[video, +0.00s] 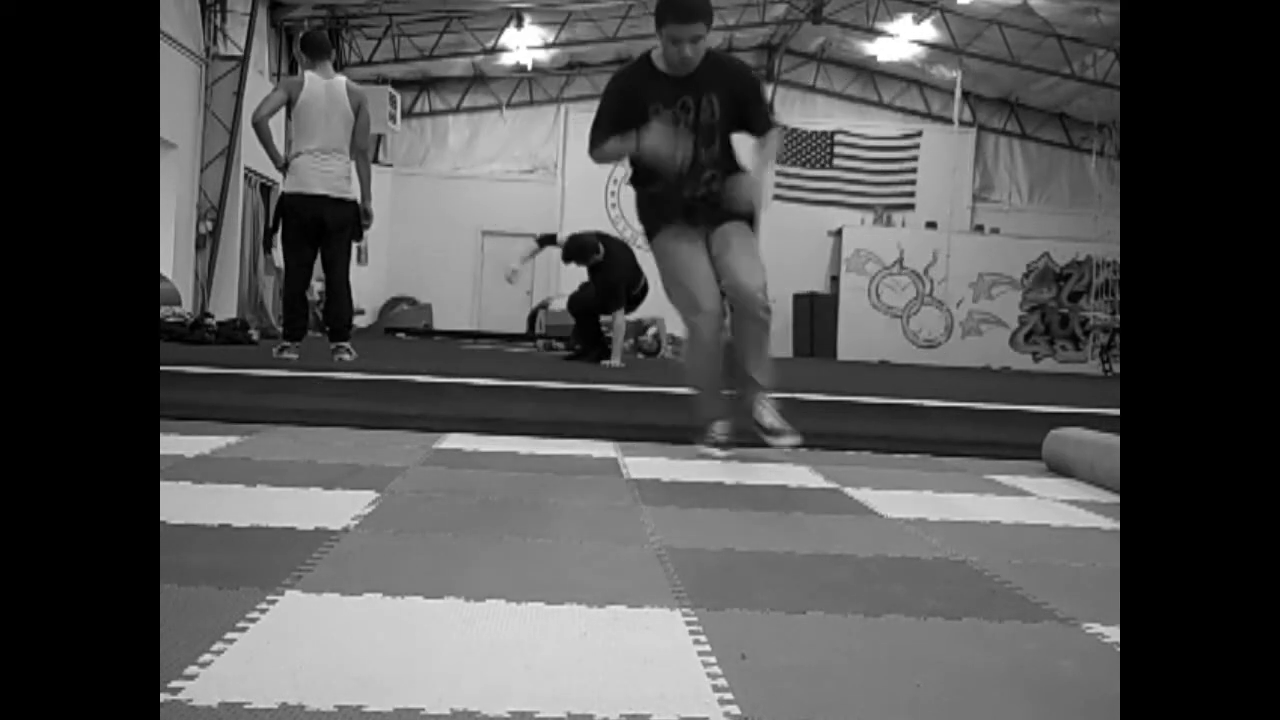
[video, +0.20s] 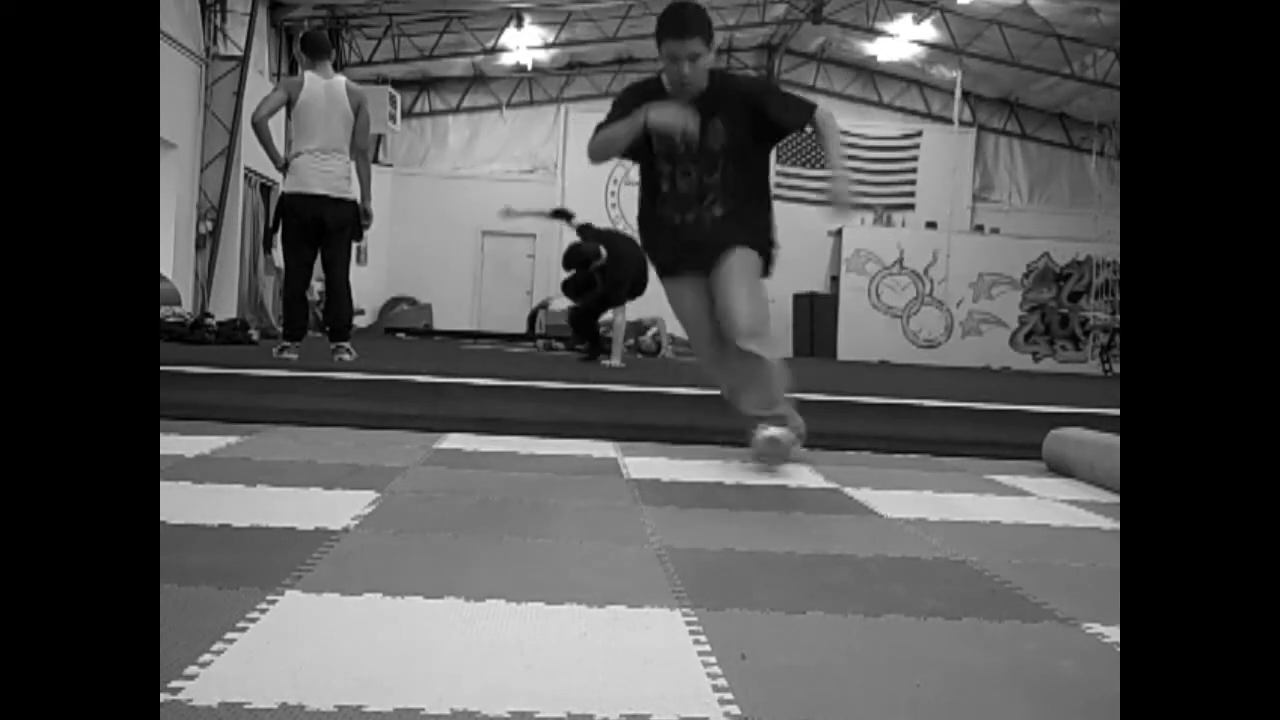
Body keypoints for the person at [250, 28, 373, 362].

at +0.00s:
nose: (299, 61)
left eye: (299, 56)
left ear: (302, 56)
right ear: (332, 54)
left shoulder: (293, 84)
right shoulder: (355, 94)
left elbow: (258, 118)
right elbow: (361, 153)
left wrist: (278, 161)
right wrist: (366, 201)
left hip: (298, 194)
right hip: (340, 197)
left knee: (295, 274)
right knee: (338, 276)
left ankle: (290, 344)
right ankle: (341, 345)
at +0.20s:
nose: (298, 61)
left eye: (298, 56)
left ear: (302, 55)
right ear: (331, 54)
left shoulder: (293, 85)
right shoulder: (355, 94)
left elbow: (258, 118)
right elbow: (362, 153)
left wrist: (278, 161)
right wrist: (366, 202)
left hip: (298, 195)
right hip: (340, 198)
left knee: (296, 274)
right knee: (338, 276)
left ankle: (290, 344)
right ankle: (341, 345)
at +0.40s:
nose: (301, 63)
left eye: (300, 58)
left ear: (302, 57)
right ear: (331, 55)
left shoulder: (292, 85)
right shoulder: (355, 94)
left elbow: (259, 119)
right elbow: (361, 153)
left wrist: (278, 162)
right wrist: (365, 202)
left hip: (298, 194)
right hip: (340, 197)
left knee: (296, 274)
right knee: (338, 276)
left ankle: (290, 344)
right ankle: (341, 345)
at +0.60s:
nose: (299, 62)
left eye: (299, 57)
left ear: (302, 57)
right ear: (331, 55)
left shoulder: (292, 86)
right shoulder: (354, 94)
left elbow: (259, 119)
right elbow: (360, 152)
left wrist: (278, 162)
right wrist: (365, 201)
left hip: (298, 194)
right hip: (340, 196)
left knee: (295, 274)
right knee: (338, 276)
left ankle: (290, 344)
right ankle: (341, 345)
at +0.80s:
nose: (299, 62)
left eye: (299, 57)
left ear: (302, 57)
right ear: (331, 54)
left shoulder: (292, 86)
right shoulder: (354, 94)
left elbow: (258, 120)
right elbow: (360, 152)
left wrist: (278, 162)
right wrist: (366, 202)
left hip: (298, 195)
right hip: (340, 198)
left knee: (295, 275)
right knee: (338, 276)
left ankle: (290, 344)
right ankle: (341, 345)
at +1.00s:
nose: (301, 64)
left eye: (300, 59)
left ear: (301, 58)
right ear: (330, 55)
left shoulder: (292, 86)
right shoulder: (353, 94)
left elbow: (258, 120)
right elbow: (360, 152)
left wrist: (278, 162)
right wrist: (366, 202)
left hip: (298, 195)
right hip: (340, 198)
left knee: (295, 274)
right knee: (338, 276)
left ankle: (290, 343)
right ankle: (341, 345)